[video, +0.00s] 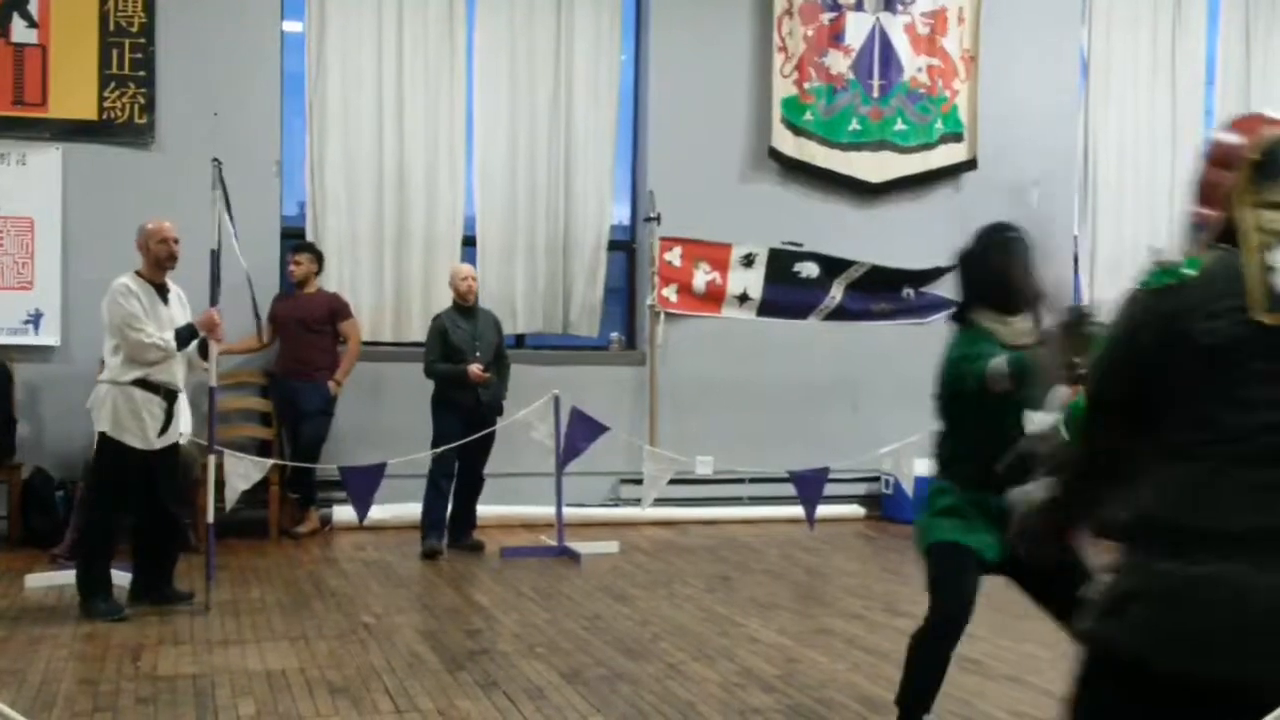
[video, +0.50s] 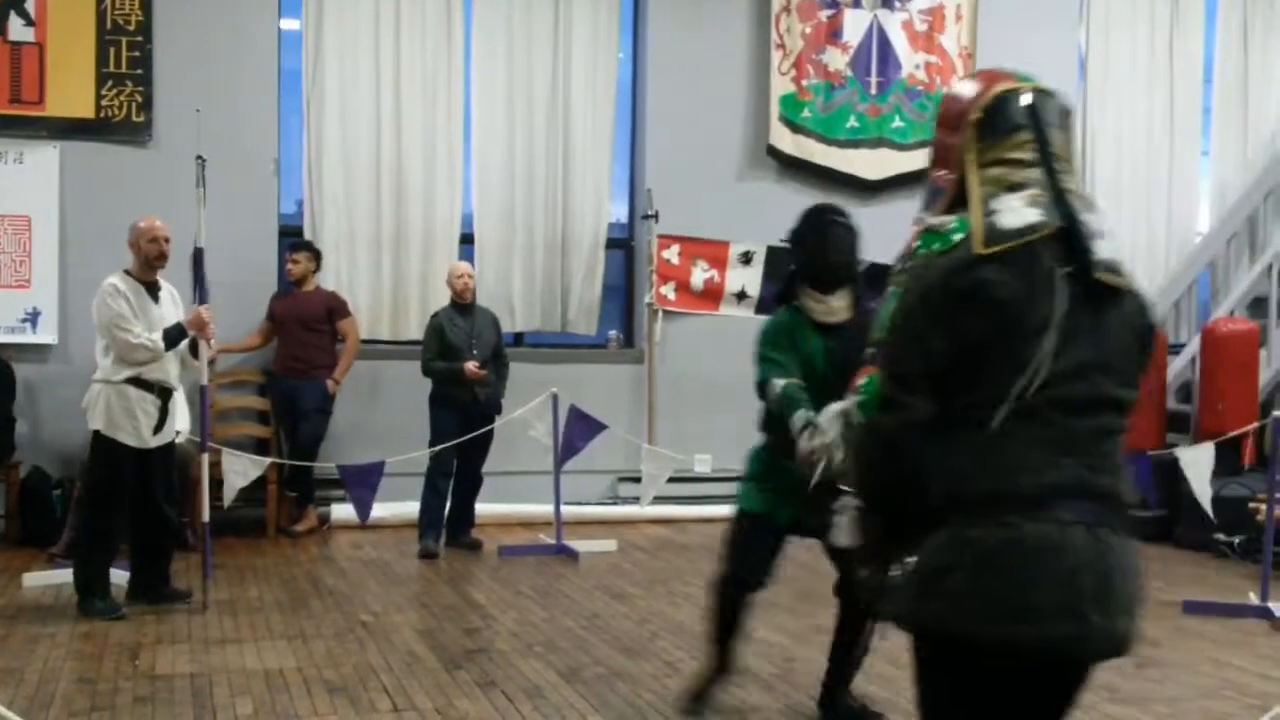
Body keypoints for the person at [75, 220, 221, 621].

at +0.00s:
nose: (173, 249)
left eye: (176, 242)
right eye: (164, 242)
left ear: (178, 248)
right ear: (143, 249)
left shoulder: (177, 296)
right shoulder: (123, 291)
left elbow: (184, 362)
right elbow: (144, 349)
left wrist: (206, 347)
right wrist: (196, 329)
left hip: (167, 413)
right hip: (125, 410)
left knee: (161, 504)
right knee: (107, 503)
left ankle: (153, 584)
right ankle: (95, 593)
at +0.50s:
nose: (163, 248)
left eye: (166, 242)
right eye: (154, 242)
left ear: (170, 248)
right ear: (133, 247)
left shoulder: (171, 295)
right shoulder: (113, 290)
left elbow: (182, 356)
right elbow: (132, 349)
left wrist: (199, 345)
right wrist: (185, 329)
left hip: (163, 410)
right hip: (121, 407)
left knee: (157, 501)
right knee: (106, 502)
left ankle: (150, 584)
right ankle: (93, 591)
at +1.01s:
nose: (145, 247)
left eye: (148, 240)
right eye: (136, 241)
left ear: (151, 246)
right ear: (114, 246)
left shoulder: (151, 293)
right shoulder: (93, 290)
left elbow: (166, 354)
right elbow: (114, 348)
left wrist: (183, 345)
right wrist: (167, 328)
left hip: (146, 410)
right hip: (104, 408)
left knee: (141, 502)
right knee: (90, 503)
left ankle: (134, 583)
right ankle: (76, 592)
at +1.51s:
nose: (147, 247)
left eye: (149, 240)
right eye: (138, 240)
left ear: (151, 246)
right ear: (115, 246)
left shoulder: (150, 293)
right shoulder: (94, 290)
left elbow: (168, 355)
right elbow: (115, 348)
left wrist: (183, 343)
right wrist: (168, 328)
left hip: (145, 410)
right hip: (104, 408)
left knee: (141, 501)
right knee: (91, 502)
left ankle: (135, 582)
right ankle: (77, 591)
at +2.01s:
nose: (116, 249)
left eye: (118, 242)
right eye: (107, 242)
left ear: (120, 247)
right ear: (85, 247)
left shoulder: (122, 294)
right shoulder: (64, 291)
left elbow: (139, 363)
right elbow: (83, 350)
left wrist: (154, 345)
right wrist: (138, 329)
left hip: (116, 415)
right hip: (73, 413)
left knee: (112, 505)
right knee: (60, 506)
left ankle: (107, 585)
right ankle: (48, 593)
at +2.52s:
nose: (28, 249)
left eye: (31, 242)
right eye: (19, 242)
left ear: (35, 247)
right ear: (2, 246)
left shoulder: (36, 296)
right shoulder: (3, 295)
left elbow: (49, 362)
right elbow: (6, 352)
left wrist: (67, 346)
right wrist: (46, 334)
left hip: (35, 423)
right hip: (7, 426)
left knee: (31, 511)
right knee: (10, 512)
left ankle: (24, 588)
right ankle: (13, 590)